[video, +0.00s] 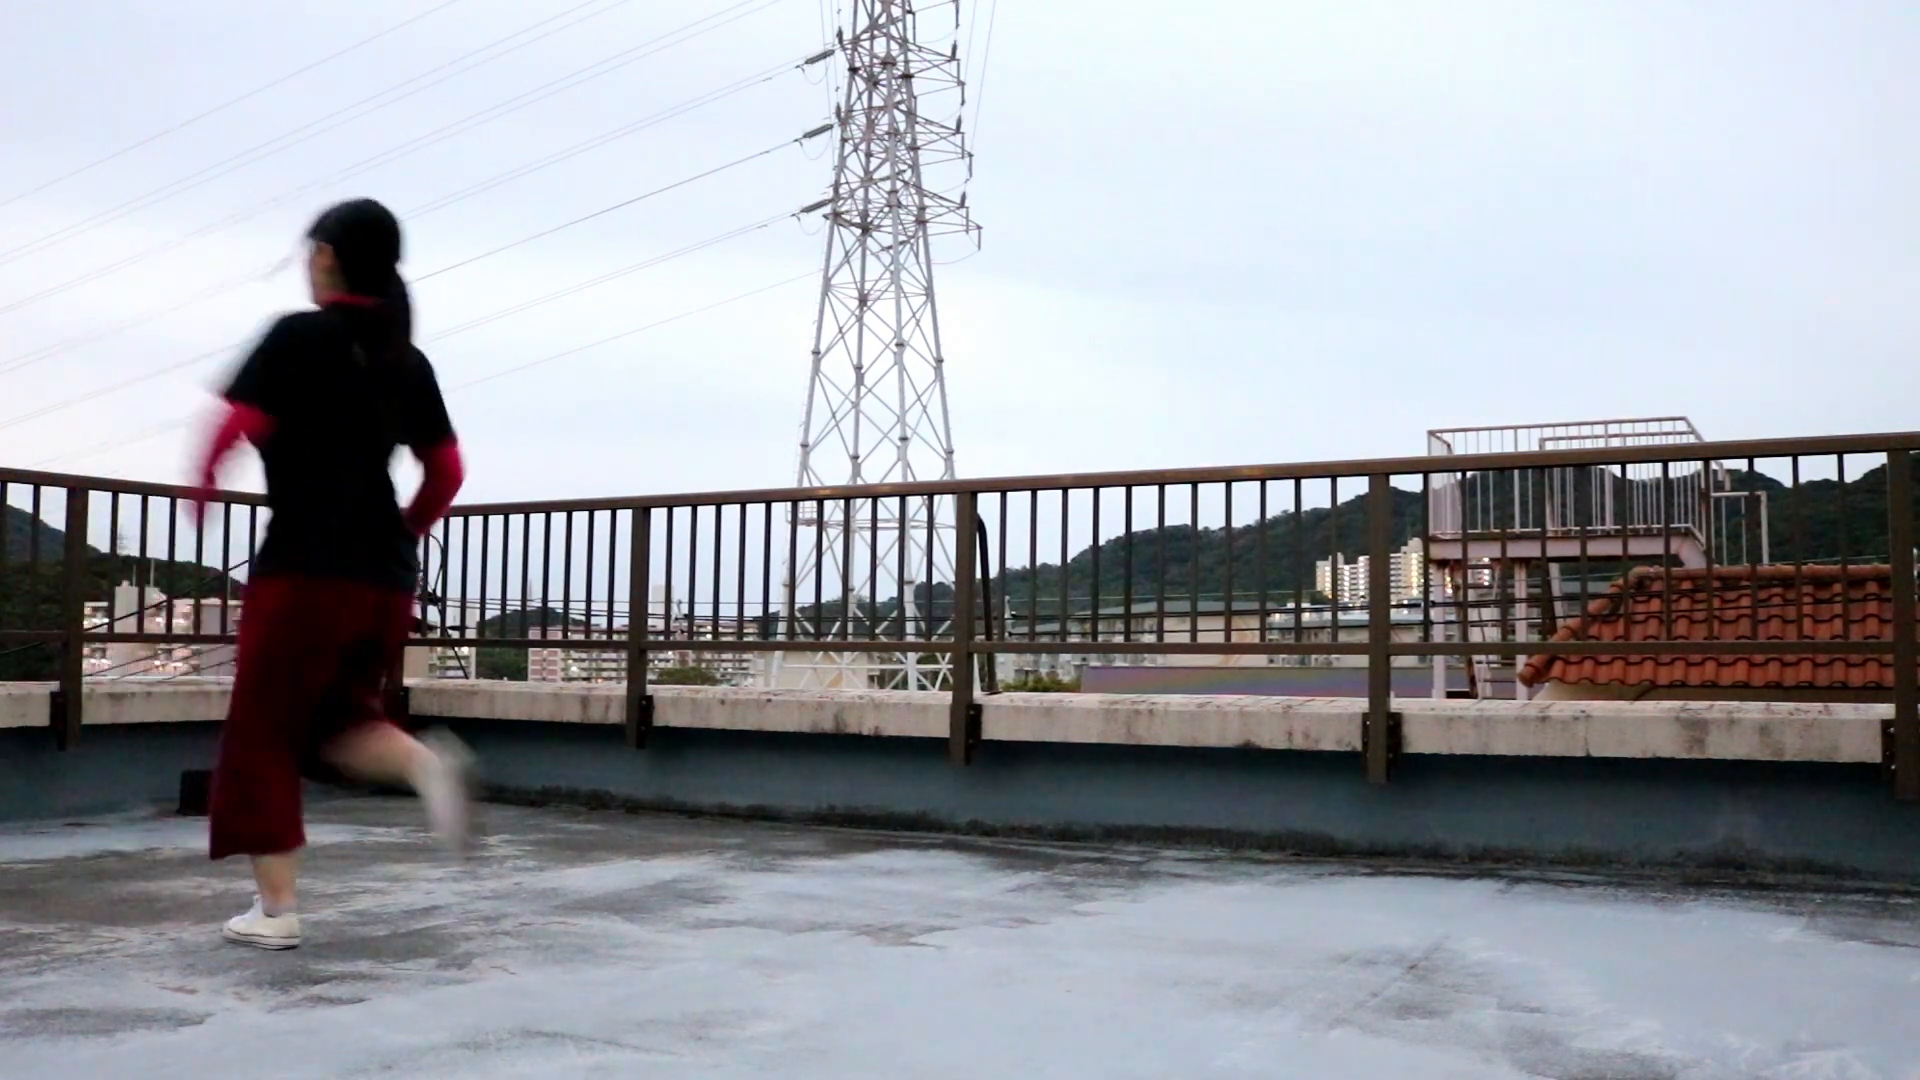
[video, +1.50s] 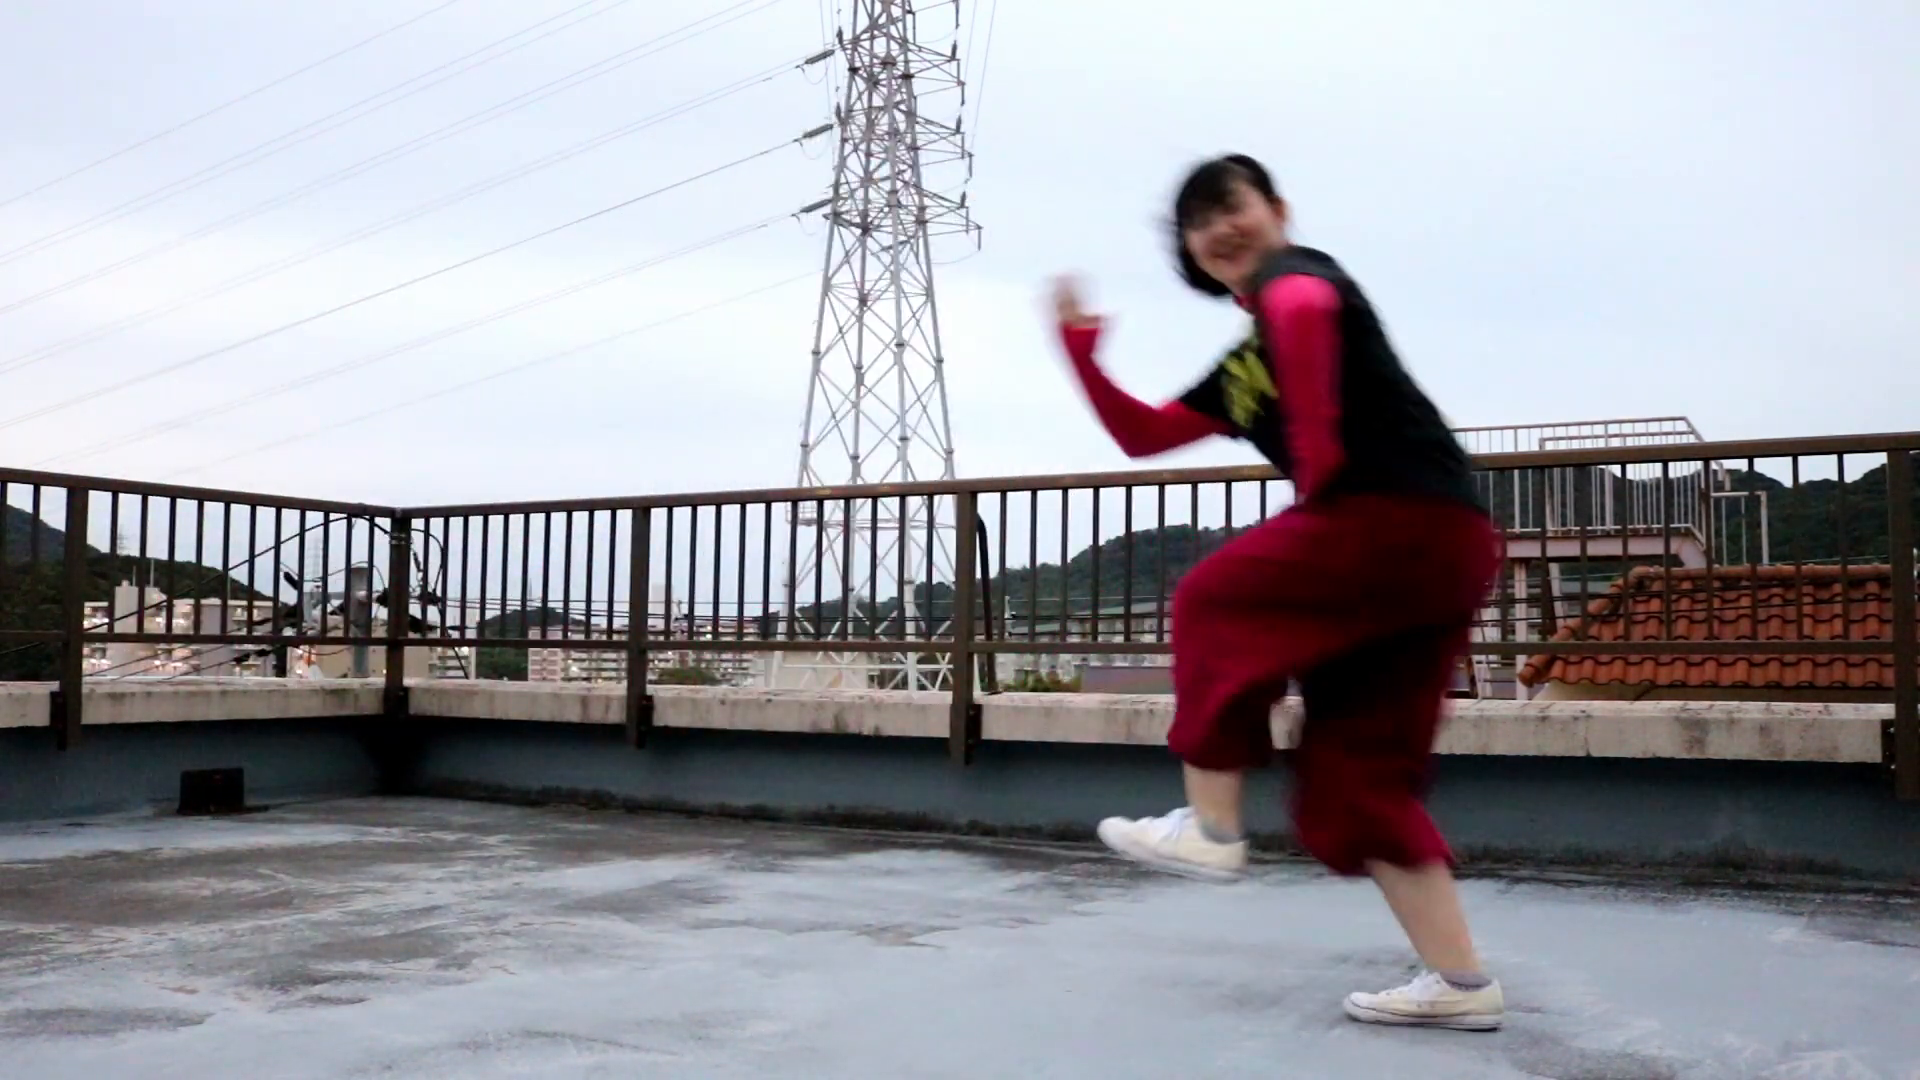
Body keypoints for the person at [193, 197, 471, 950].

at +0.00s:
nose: (307, 265)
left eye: (313, 254)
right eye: (312, 253)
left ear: (328, 262)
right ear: (385, 268)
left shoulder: (296, 336)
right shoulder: (406, 358)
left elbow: (239, 421)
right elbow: (446, 470)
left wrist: (205, 477)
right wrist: (404, 529)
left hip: (299, 568)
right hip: (381, 569)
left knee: (263, 728)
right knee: (334, 725)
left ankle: (276, 909)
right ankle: (424, 761)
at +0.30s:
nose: (468, 229)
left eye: (475, 216)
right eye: (473, 217)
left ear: (496, 223)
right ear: (539, 232)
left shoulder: (497, 284)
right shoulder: (526, 305)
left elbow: (559, 315)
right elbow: (483, 396)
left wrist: (585, 401)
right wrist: (410, 362)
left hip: (502, 533)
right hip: (581, 540)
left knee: (409, 668)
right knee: (568, 718)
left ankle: (436, 819)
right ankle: (575, 922)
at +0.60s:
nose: (645, 215)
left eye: (654, 202)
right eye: (652, 201)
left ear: (680, 212)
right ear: (724, 218)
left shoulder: (651, 295)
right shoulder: (750, 308)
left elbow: (582, 392)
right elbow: (812, 429)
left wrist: (529, 466)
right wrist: (853, 542)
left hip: (678, 555)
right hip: (740, 550)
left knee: (741, 737)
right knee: (639, 726)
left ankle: (870, 929)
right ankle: (585, 920)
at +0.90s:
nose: (832, 152)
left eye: (839, 137)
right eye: (837, 136)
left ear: (869, 143)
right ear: (905, 149)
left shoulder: (848, 225)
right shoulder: (939, 240)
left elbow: (807, 324)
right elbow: (1006, 369)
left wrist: (743, 431)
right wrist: (1029, 488)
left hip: (899, 499)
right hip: (974, 497)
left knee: (859, 696)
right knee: (921, 699)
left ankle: (881, 933)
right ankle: (1034, 844)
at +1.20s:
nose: (1029, 227)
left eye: (1043, 210)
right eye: (1029, 212)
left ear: (1097, 213)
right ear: (1098, 222)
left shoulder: (1089, 294)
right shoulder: (1134, 308)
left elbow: (1108, 400)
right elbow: (1158, 474)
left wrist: (1095, 541)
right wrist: (1056, 543)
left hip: (1173, 553)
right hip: (1234, 556)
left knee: (1046, 722)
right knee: (1188, 753)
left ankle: (1069, 937)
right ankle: (1261, 961)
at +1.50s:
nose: (1219, 227)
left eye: (1231, 204)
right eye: (1199, 224)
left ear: (1279, 210)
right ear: (1195, 259)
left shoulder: (1298, 279)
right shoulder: (1252, 362)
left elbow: (1302, 319)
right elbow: (1143, 434)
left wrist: (1315, 483)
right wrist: (1079, 350)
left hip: (1399, 525)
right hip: (1434, 545)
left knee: (1209, 597)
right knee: (1355, 767)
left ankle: (1210, 827)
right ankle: (1460, 979)